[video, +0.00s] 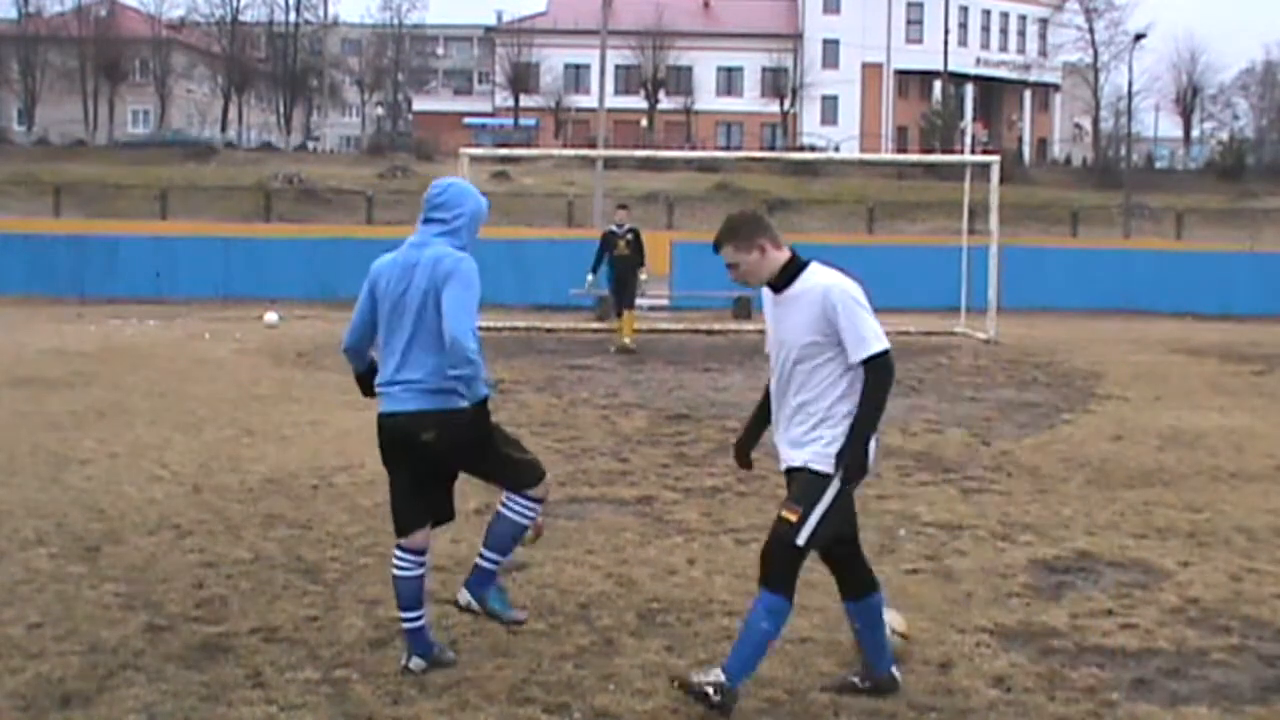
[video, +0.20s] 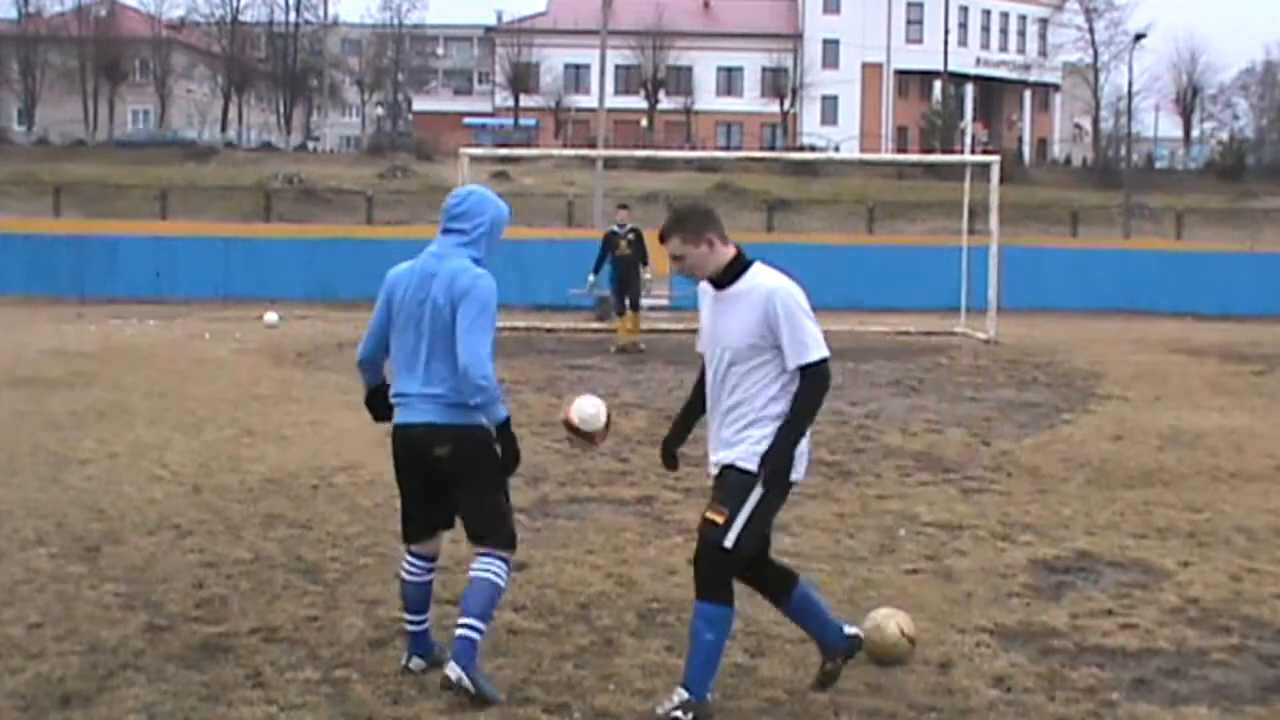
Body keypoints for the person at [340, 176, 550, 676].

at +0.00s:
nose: (478, 235)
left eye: (480, 226)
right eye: (476, 226)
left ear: (427, 214)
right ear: (463, 222)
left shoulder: (384, 265)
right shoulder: (458, 264)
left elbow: (354, 342)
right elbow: (459, 337)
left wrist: (365, 371)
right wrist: (479, 390)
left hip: (396, 422)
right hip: (450, 418)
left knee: (412, 535)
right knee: (530, 483)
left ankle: (418, 646)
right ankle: (483, 583)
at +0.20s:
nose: (498, 242)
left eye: (499, 232)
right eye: (497, 232)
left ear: (448, 223)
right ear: (482, 230)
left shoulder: (401, 275)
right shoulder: (476, 282)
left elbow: (370, 353)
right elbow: (473, 368)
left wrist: (375, 387)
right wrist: (503, 423)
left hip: (410, 434)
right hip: (463, 434)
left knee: (421, 541)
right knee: (495, 545)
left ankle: (418, 650)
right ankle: (464, 657)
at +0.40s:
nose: (522, 242)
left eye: (522, 233)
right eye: (521, 234)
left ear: (469, 225)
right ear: (507, 234)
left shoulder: (418, 276)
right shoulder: (502, 290)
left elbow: (385, 359)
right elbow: (507, 382)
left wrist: (390, 409)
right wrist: (527, 441)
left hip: (408, 435)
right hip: (466, 442)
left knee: (423, 544)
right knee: (482, 556)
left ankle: (415, 648)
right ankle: (460, 680)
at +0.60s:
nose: (525, 236)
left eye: (526, 227)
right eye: (524, 227)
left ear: (471, 217)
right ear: (510, 228)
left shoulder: (417, 266)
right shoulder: (501, 284)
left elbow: (384, 350)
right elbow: (496, 375)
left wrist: (408, 396)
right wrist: (525, 426)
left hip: (400, 426)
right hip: (458, 432)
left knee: (417, 544)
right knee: (465, 557)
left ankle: (385, 666)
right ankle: (459, 682)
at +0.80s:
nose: (511, 240)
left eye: (513, 229)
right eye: (509, 229)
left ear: (457, 221)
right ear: (491, 229)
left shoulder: (405, 273)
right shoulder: (478, 283)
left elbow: (379, 359)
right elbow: (472, 368)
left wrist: (411, 399)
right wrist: (511, 412)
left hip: (388, 429)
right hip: (447, 435)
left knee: (389, 555)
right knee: (464, 558)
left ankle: (367, 683)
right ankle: (459, 683)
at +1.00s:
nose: (502, 239)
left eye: (501, 228)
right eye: (498, 228)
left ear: (449, 225)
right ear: (482, 228)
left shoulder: (408, 274)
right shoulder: (471, 279)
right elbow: (459, 359)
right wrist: (511, 384)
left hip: (389, 429)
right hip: (443, 434)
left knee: (388, 559)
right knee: (473, 556)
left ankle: (365, 683)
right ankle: (454, 679)